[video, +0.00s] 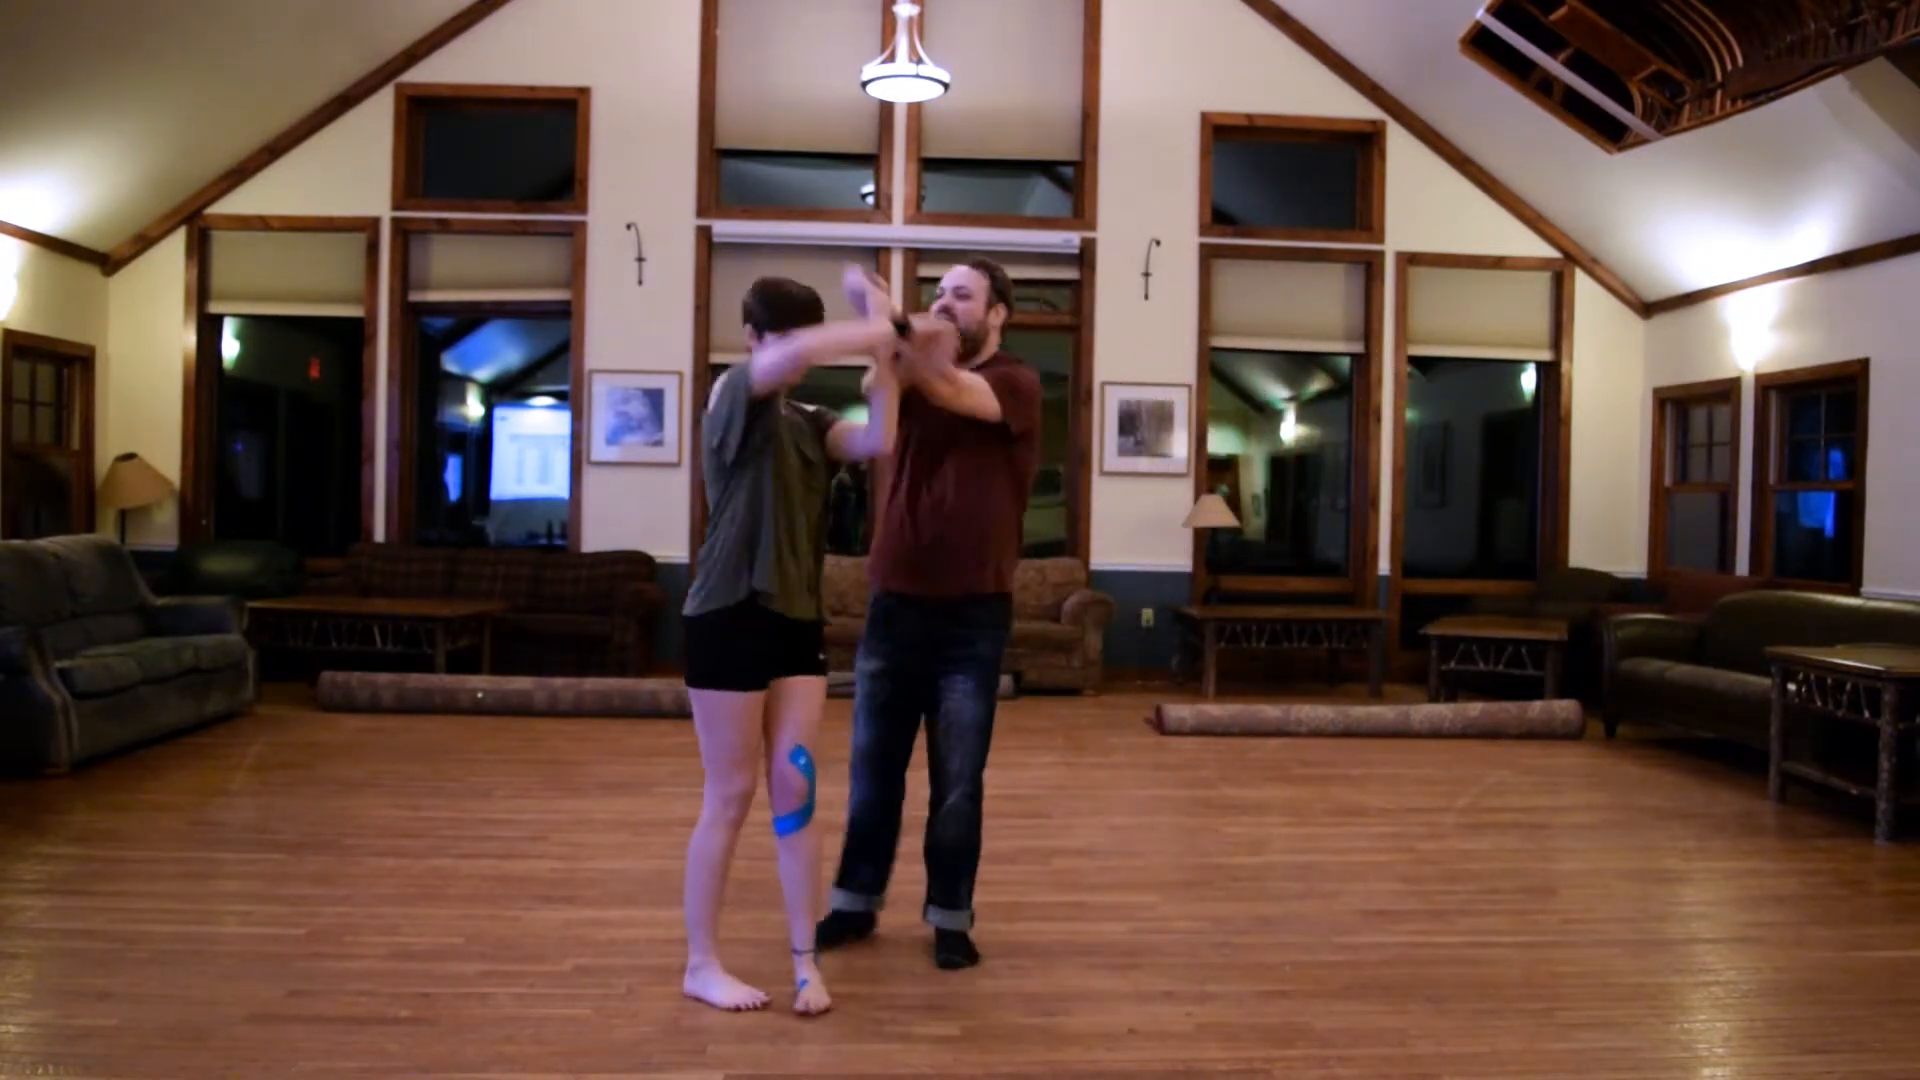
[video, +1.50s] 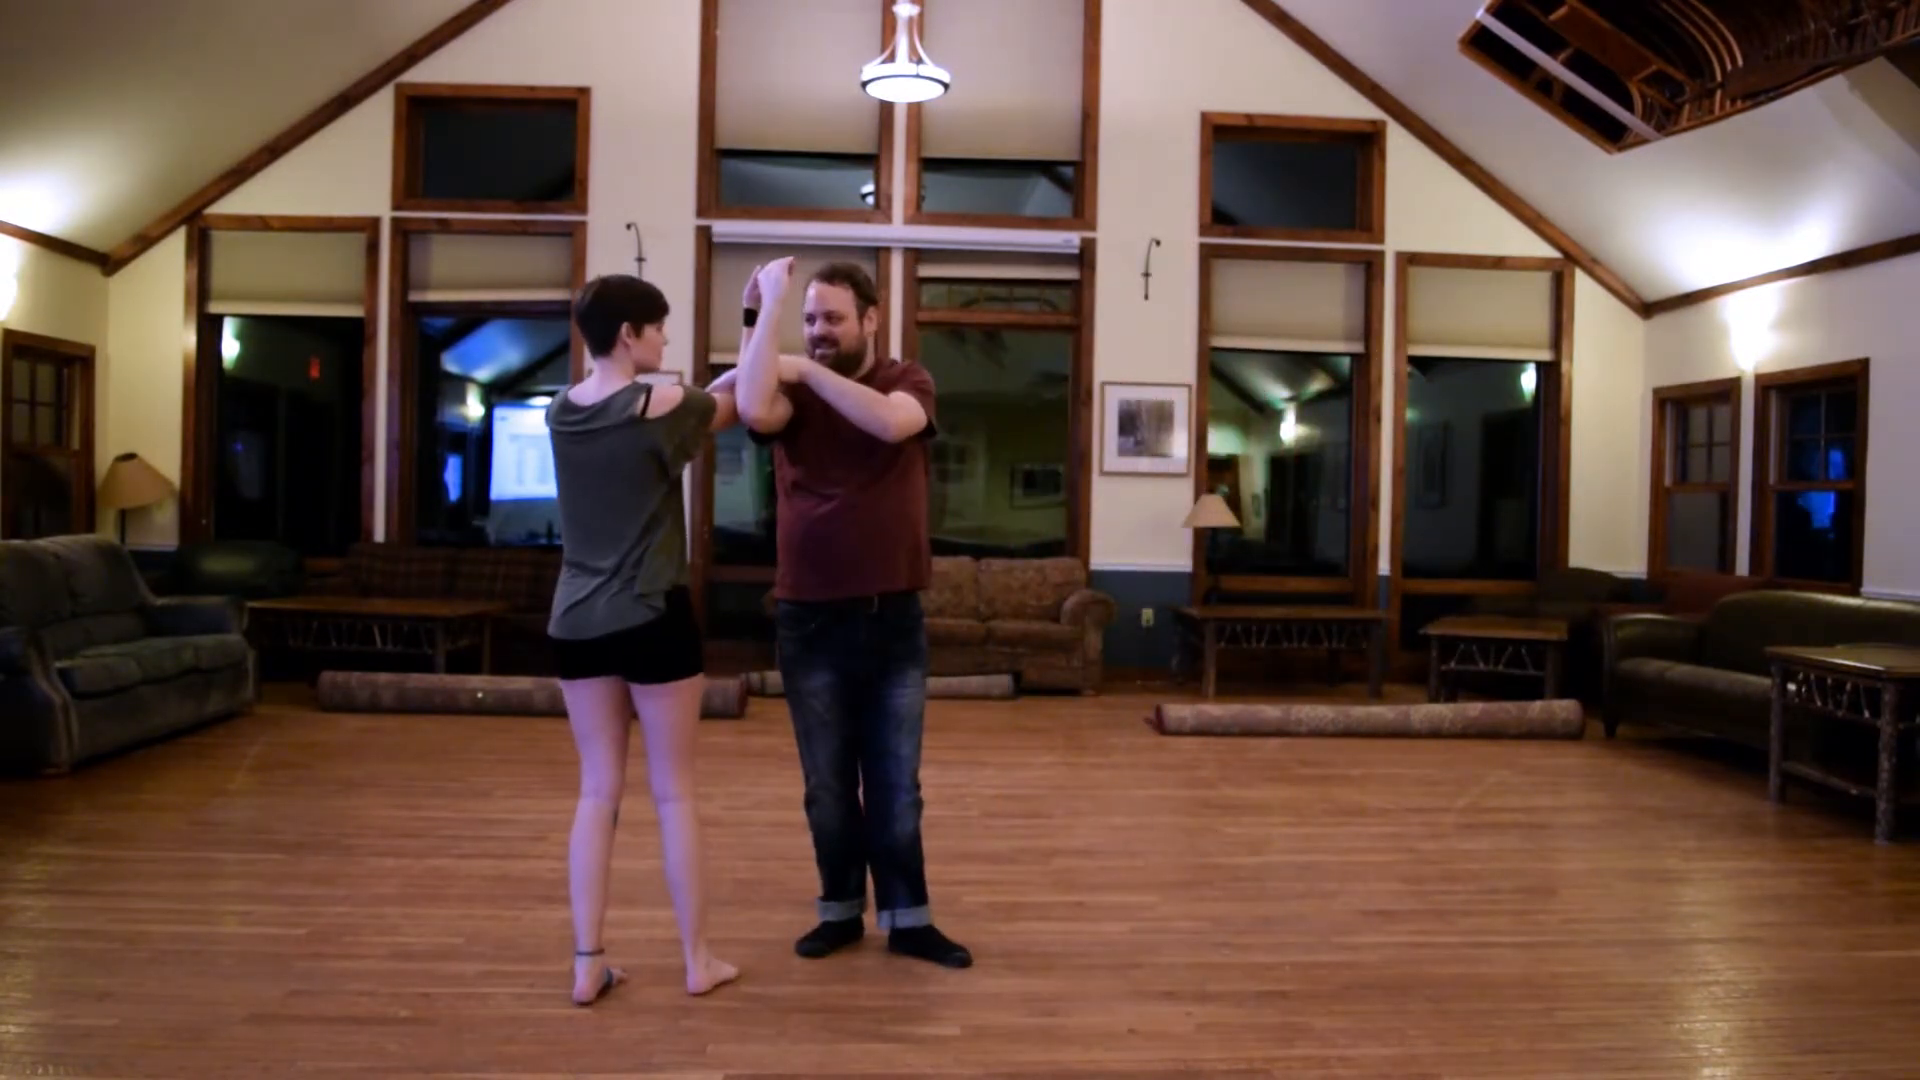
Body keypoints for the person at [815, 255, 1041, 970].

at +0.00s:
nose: (943, 304)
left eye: (961, 295)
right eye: (937, 295)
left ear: (997, 317)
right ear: (927, 312)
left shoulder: (1017, 382)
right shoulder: (910, 379)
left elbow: (948, 387)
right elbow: (872, 380)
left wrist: (900, 333)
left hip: (973, 605)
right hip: (895, 599)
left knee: (957, 777)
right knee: (873, 766)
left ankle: (950, 918)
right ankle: (854, 904)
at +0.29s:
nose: (878, 298)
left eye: (895, 289)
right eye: (871, 287)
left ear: (928, 307)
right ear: (860, 299)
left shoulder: (953, 364)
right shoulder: (847, 368)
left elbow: (875, 331)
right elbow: (789, 337)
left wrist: (793, 280)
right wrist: (754, 272)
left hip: (933, 599)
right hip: (854, 599)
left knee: (928, 776)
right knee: (845, 773)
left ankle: (929, 915)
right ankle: (840, 909)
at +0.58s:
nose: (844, 311)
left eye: (860, 301)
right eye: (836, 302)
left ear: (890, 314)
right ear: (825, 316)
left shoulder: (924, 375)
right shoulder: (808, 383)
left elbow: (893, 403)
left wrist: (791, 361)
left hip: (909, 604)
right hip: (824, 606)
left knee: (915, 777)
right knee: (833, 775)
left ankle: (918, 919)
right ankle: (841, 911)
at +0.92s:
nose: (827, 322)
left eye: (841, 310)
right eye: (817, 311)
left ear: (873, 316)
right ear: (803, 319)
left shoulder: (904, 375)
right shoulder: (787, 380)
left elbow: (913, 408)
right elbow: (773, 399)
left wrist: (823, 357)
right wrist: (782, 308)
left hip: (898, 604)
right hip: (814, 609)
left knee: (903, 779)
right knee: (828, 778)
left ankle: (908, 919)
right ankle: (839, 912)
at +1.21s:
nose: (820, 330)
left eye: (833, 317)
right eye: (812, 319)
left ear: (871, 320)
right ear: (801, 323)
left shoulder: (906, 378)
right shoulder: (786, 384)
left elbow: (900, 420)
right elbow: (765, 412)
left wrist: (811, 365)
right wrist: (777, 316)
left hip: (894, 606)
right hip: (811, 610)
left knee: (896, 775)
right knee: (827, 776)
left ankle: (908, 919)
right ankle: (839, 912)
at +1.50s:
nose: (817, 331)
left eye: (829, 318)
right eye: (810, 320)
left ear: (870, 321)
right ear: (805, 326)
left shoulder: (908, 378)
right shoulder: (795, 392)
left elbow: (894, 421)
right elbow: (754, 410)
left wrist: (803, 368)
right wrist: (768, 316)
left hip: (893, 606)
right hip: (810, 610)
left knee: (896, 774)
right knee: (826, 775)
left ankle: (907, 919)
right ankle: (840, 911)